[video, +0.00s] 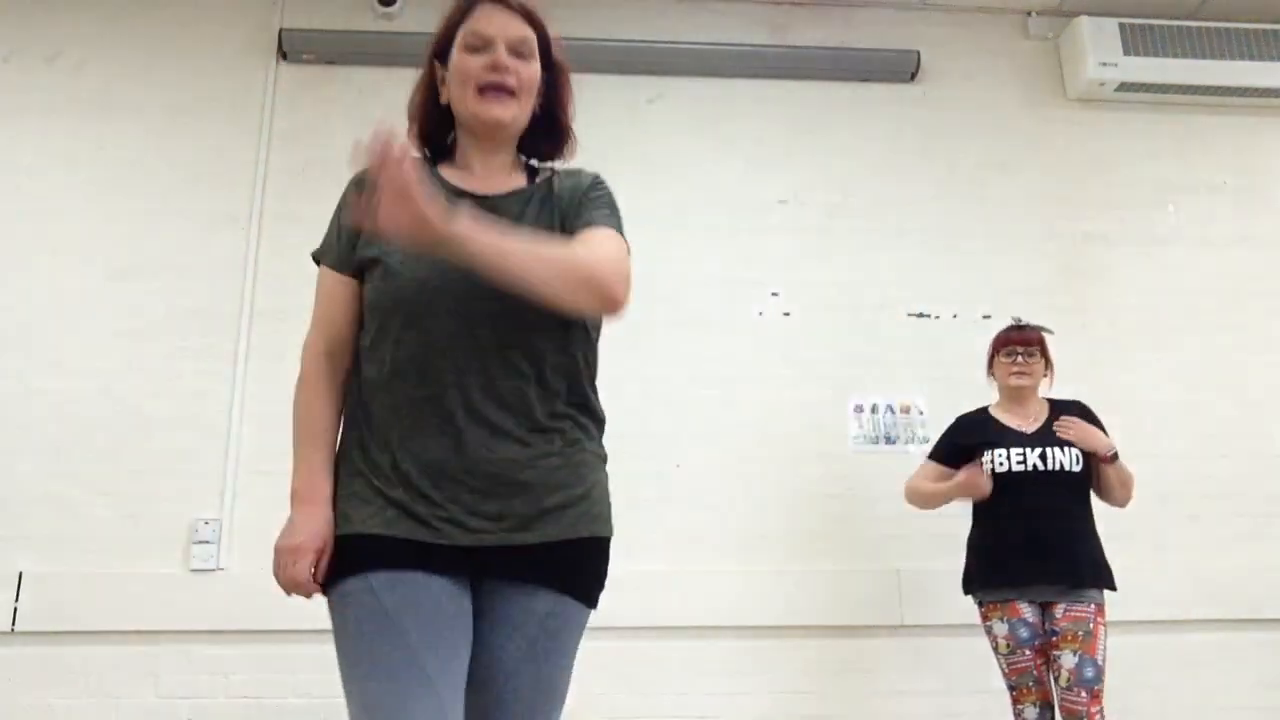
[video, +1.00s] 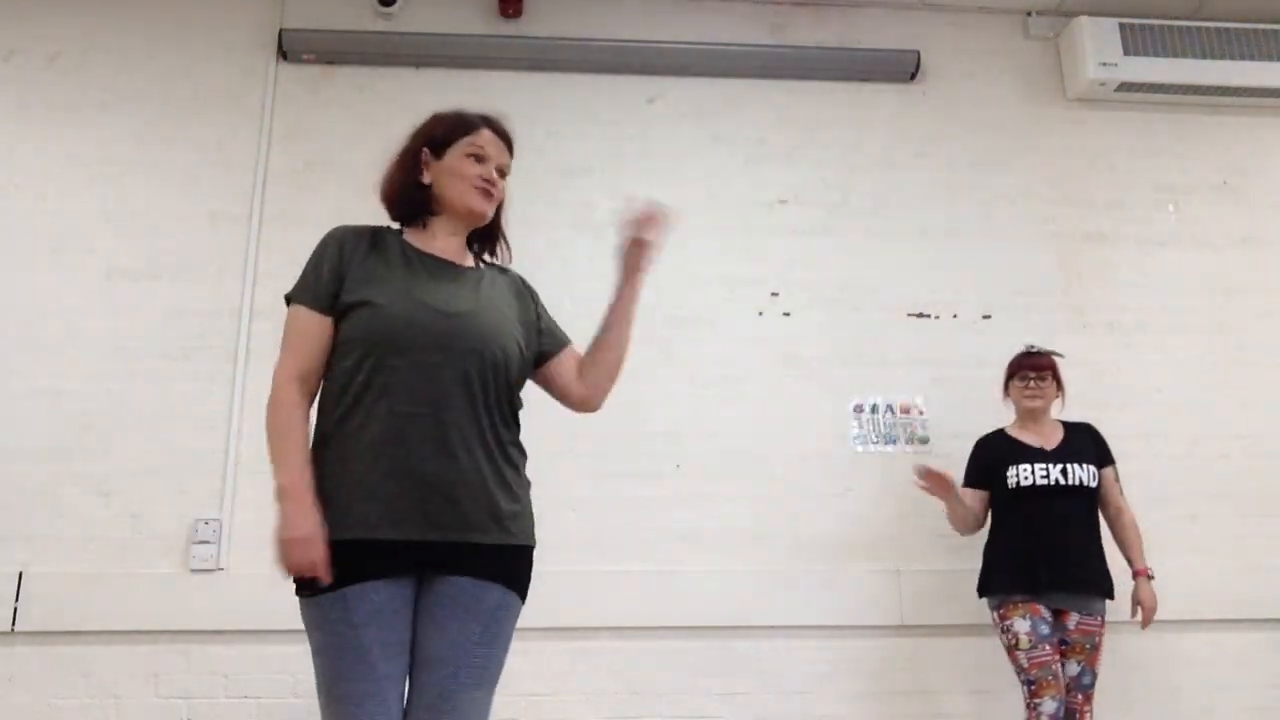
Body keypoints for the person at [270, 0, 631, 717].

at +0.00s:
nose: (500, 63)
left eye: (520, 51)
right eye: (477, 47)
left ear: (543, 81)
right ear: (442, 72)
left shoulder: (576, 194)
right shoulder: (380, 190)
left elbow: (607, 286)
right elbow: (327, 354)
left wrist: (443, 227)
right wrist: (310, 504)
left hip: (546, 525)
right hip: (392, 521)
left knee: (514, 713)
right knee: (407, 711)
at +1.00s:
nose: (493, 175)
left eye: (502, 171)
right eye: (476, 157)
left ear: (504, 195)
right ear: (429, 165)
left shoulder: (512, 293)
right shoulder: (351, 252)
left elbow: (586, 388)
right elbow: (291, 385)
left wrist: (632, 278)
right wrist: (298, 509)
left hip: (486, 541)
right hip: (357, 534)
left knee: (452, 713)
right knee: (362, 712)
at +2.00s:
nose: (450, 158)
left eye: (472, 152)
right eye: (436, 144)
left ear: (492, 181)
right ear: (412, 161)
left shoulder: (491, 293)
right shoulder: (346, 231)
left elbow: (524, 426)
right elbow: (275, 353)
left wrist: (621, 383)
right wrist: (264, 465)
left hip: (471, 533)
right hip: (335, 519)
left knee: (440, 714)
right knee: (341, 712)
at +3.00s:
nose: (394, 143)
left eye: (413, 132)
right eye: (376, 133)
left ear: (440, 156)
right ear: (355, 160)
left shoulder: (483, 255)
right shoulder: (311, 257)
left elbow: (526, 380)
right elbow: (267, 396)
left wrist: (409, 408)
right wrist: (248, 517)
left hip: (454, 536)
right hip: (317, 536)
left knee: (429, 714)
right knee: (331, 714)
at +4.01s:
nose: (409, 133)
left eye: (424, 122)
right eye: (387, 123)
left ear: (445, 148)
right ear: (357, 149)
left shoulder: (478, 258)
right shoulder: (302, 234)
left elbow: (509, 408)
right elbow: (242, 366)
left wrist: (497, 362)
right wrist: (289, 372)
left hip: (450, 520)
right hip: (310, 521)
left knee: (451, 713)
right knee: (324, 714)